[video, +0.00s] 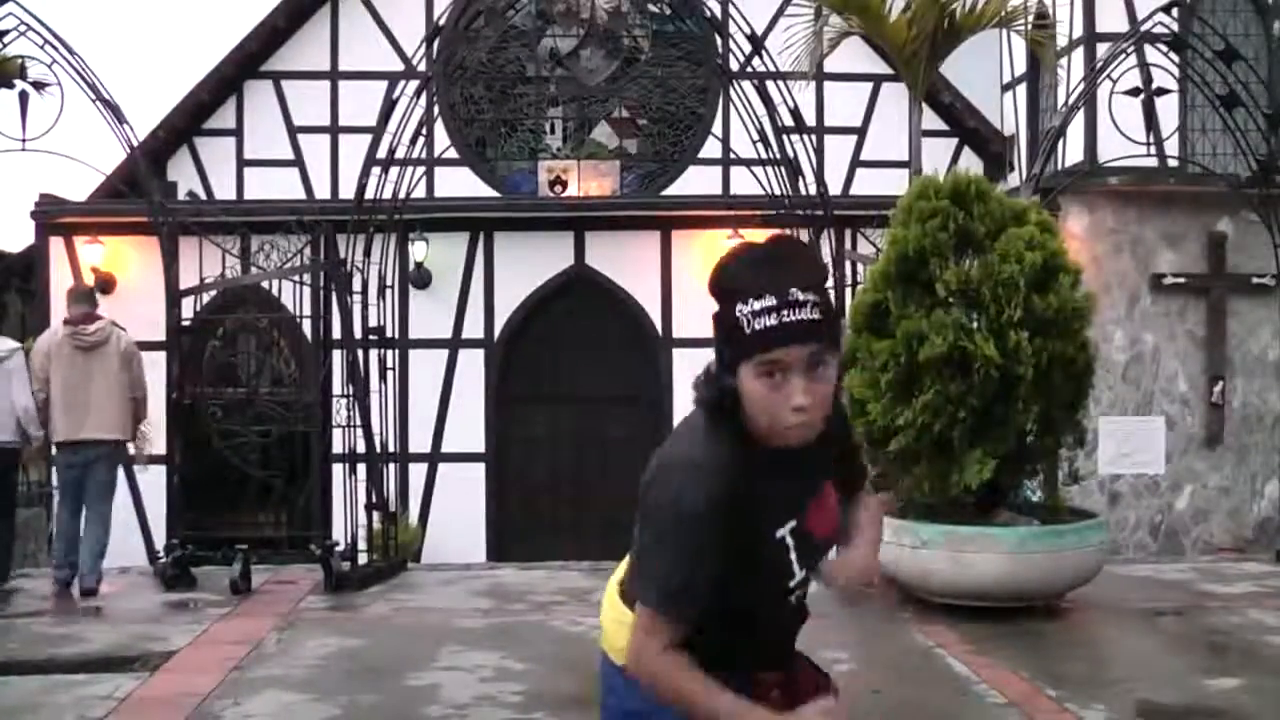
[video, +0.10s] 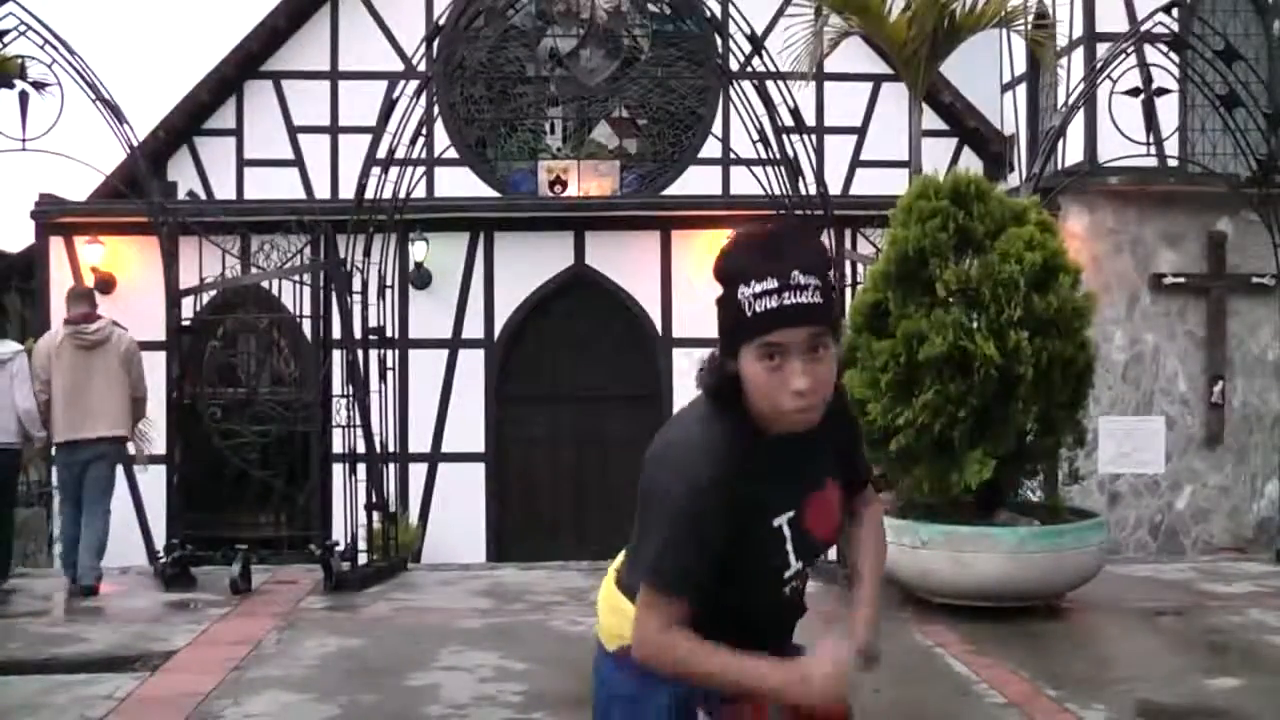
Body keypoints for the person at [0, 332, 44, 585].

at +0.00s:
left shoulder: (12, 352)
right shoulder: (11, 352)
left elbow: (22, 402)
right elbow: (23, 402)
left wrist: (35, 434)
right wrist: (36, 434)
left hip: (9, 444)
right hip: (7, 444)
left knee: (7, 515)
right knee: (6, 515)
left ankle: (4, 575)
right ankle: (3, 576)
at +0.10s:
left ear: (6, 329)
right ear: (6, 326)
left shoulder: (14, 355)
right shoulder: (13, 355)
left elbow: (24, 404)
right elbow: (25, 404)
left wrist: (38, 434)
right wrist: (39, 434)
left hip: (9, 447)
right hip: (7, 446)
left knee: (7, 516)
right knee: (6, 516)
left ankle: (4, 575)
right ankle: (3, 576)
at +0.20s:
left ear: (5, 332)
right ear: (16, 331)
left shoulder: (18, 358)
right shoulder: (18, 359)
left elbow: (26, 403)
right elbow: (27, 404)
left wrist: (39, 434)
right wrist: (41, 435)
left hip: (10, 445)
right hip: (10, 444)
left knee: (7, 516)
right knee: (7, 516)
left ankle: (5, 578)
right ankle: (4, 579)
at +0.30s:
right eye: (16, 320)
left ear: (3, 328)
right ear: (18, 327)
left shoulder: (19, 358)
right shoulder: (20, 358)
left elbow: (27, 403)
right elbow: (27, 402)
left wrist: (40, 435)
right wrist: (41, 435)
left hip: (12, 442)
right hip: (12, 442)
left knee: (8, 514)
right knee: (8, 514)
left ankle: (5, 579)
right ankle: (4, 579)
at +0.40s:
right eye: (17, 314)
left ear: (3, 322)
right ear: (19, 322)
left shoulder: (20, 354)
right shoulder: (22, 354)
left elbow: (28, 400)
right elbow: (29, 400)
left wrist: (40, 433)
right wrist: (42, 433)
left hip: (11, 438)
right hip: (13, 438)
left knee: (9, 513)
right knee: (9, 513)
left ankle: (5, 579)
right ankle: (4, 580)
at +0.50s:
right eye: (21, 314)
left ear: (4, 320)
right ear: (22, 320)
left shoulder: (22, 349)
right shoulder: (25, 349)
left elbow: (31, 397)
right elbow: (31, 397)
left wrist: (42, 429)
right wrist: (43, 429)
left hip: (12, 436)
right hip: (14, 437)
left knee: (11, 508)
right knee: (10, 509)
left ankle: (6, 578)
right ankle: (5, 578)